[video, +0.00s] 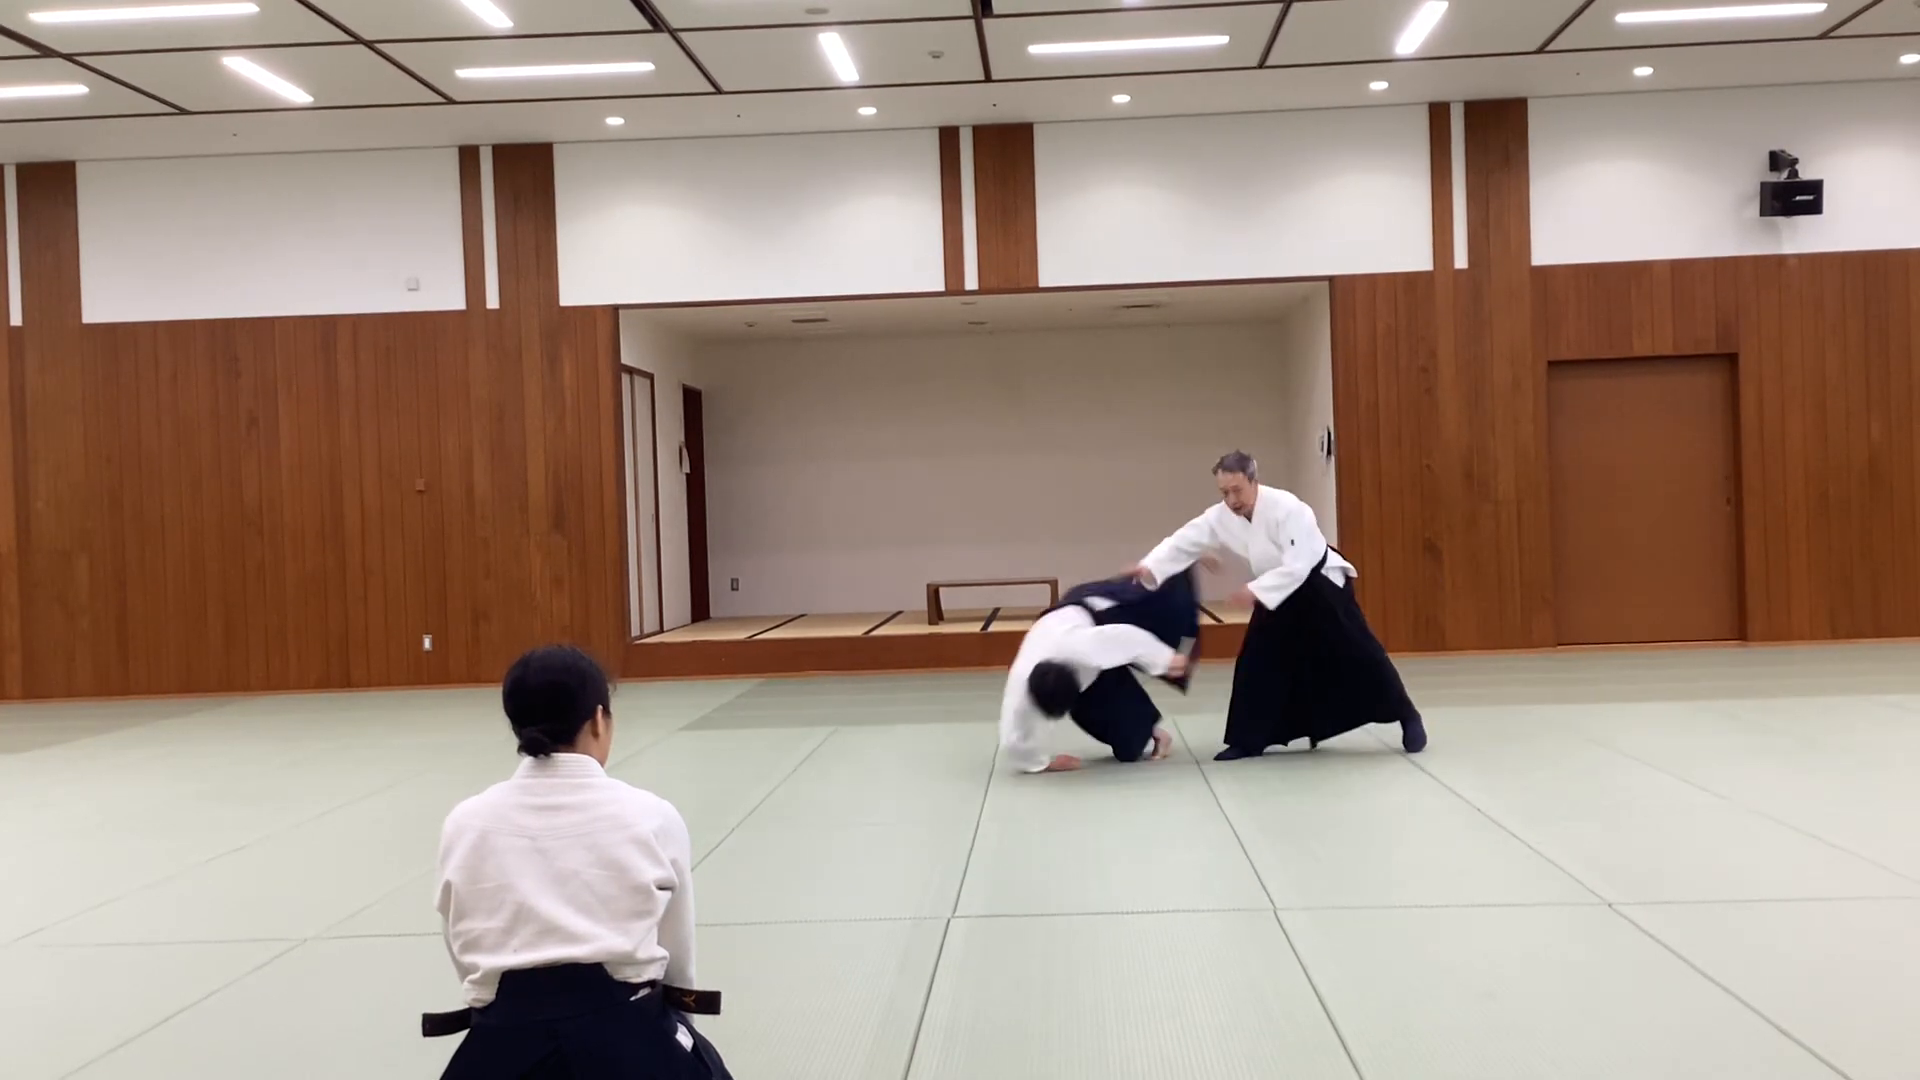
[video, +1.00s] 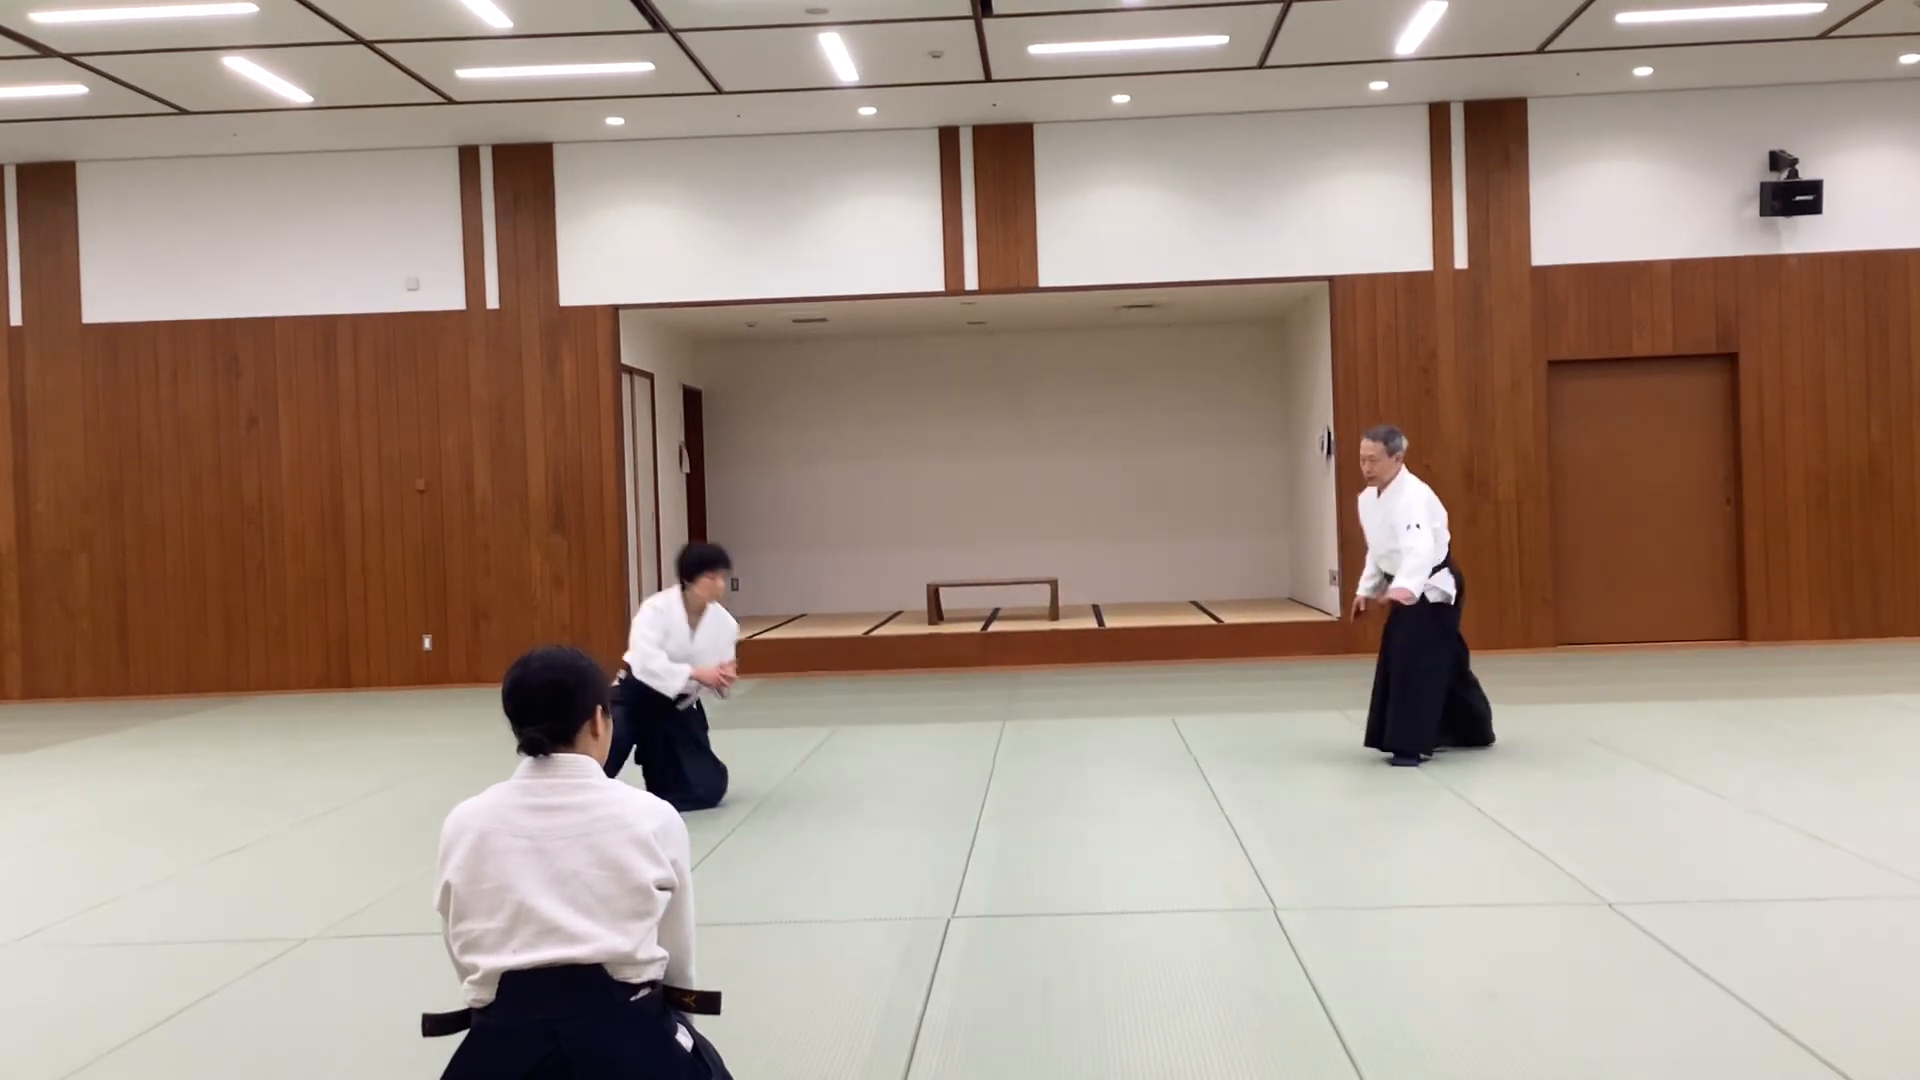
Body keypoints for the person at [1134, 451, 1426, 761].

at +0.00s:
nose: (1230, 498)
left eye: (1235, 490)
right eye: (1224, 491)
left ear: (1253, 481)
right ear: (1219, 488)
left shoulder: (1286, 508)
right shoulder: (1220, 518)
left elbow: (1305, 558)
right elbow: (1182, 542)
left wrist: (1258, 587)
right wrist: (1148, 568)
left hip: (1320, 584)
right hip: (1274, 591)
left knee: (1360, 650)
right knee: (1254, 663)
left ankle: (1408, 718)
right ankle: (1247, 740)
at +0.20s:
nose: (1266, 485)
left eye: (1271, 476)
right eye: (1258, 479)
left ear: (1282, 471)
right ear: (1246, 481)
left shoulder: (1309, 501)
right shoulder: (1239, 509)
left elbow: (1345, 555)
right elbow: (1201, 532)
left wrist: (1330, 596)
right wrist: (1168, 554)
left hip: (1328, 585)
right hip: (1279, 590)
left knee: (1362, 659)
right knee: (1255, 663)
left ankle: (1401, 735)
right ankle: (1247, 743)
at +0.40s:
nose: (1319, 489)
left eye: (1325, 481)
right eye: (1311, 482)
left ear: (1340, 475)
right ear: (1303, 481)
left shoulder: (1361, 512)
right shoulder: (1293, 513)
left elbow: (1393, 564)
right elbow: (1265, 554)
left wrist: (1385, 602)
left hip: (1361, 599)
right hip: (1315, 597)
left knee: (1380, 668)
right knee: (1279, 660)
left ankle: (1404, 747)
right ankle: (1249, 741)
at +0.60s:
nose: (1336, 490)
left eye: (1344, 482)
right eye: (1331, 482)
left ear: (1365, 479)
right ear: (1327, 479)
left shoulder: (1389, 512)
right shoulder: (1325, 513)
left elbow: (1419, 562)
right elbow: (1332, 565)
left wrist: (1425, 608)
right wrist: (1338, 600)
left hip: (1391, 600)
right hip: (1350, 598)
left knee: (1397, 669)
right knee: (1328, 661)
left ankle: (1403, 749)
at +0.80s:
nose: (1351, 480)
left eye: (1359, 472)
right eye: (1346, 472)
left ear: (1381, 470)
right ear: (1343, 470)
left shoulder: (1403, 505)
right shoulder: (1344, 507)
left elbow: (1428, 553)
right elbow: (1352, 555)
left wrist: (1436, 598)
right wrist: (1349, 593)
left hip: (1414, 592)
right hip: (1380, 592)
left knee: (1404, 668)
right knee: (1374, 666)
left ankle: (1407, 751)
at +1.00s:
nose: (1365, 466)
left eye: (1373, 459)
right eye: (1362, 459)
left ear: (1397, 458)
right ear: (1360, 458)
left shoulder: (1414, 496)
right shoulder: (1367, 498)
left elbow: (1422, 547)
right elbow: (1378, 549)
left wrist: (1406, 585)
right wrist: (1365, 589)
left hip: (1434, 587)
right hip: (1405, 589)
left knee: (1409, 657)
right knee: (1439, 658)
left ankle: (1410, 744)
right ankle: (1470, 727)